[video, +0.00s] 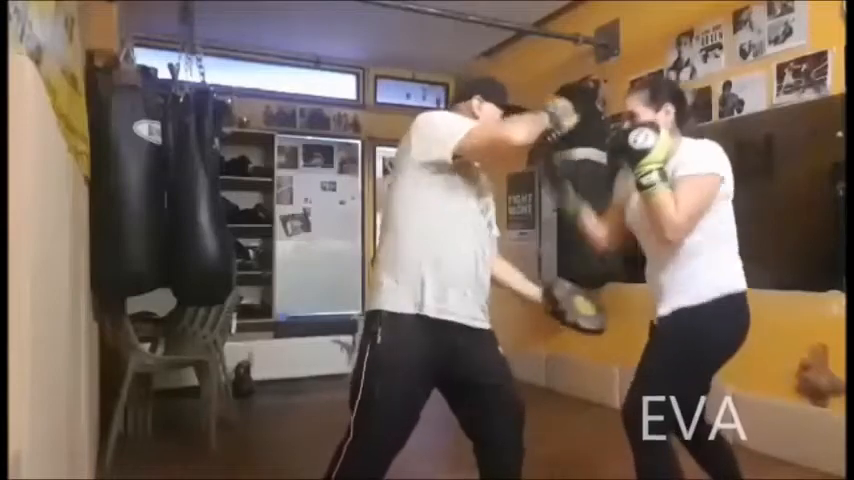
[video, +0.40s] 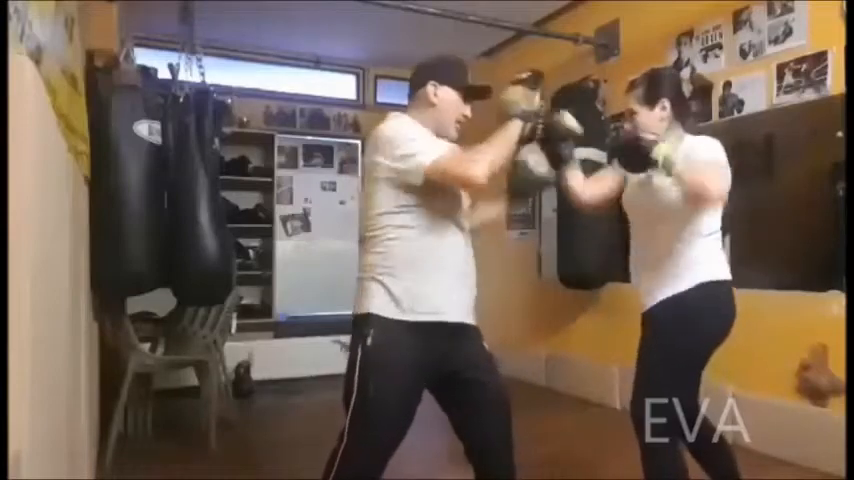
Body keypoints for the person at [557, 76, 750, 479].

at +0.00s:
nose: (627, 127)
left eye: (634, 117)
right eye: (625, 119)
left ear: (666, 113)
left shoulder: (703, 155)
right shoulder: (634, 173)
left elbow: (673, 229)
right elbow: (606, 239)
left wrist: (646, 165)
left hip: (711, 309)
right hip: (674, 315)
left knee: (641, 413)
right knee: (687, 418)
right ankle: (731, 474)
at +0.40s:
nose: (626, 121)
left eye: (633, 111)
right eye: (626, 113)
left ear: (663, 109)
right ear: (653, 111)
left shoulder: (702, 148)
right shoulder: (632, 164)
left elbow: (711, 193)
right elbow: (586, 194)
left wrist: (659, 154)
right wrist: (565, 155)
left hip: (699, 298)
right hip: (660, 305)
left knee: (650, 413)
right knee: (682, 411)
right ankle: (728, 474)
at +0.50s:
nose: (629, 118)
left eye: (634, 109)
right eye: (628, 111)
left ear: (657, 107)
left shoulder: (694, 150)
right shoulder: (649, 167)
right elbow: (634, 230)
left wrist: (640, 120)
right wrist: (597, 198)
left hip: (692, 295)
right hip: (665, 299)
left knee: (648, 413)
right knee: (682, 410)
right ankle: (727, 472)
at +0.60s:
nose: (635, 120)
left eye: (641, 112)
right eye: (636, 113)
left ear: (667, 112)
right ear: (675, 113)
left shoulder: (674, 141)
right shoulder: (692, 154)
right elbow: (635, 224)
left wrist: (582, 123)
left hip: (682, 300)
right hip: (710, 297)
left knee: (650, 413)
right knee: (688, 412)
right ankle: (729, 472)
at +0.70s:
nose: (634, 130)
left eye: (640, 120)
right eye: (632, 122)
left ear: (670, 113)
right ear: (672, 114)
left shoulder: (670, 148)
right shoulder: (701, 150)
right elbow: (656, 236)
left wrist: (589, 153)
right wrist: (631, 193)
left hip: (680, 296)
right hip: (715, 294)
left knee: (651, 409)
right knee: (690, 410)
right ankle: (730, 474)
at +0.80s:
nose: (627, 136)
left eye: (633, 126)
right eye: (625, 127)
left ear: (663, 121)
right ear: (662, 121)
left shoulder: (677, 165)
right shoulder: (691, 159)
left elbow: (666, 252)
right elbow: (672, 246)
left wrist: (627, 218)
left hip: (687, 295)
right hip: (718, 294)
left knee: (645, 400)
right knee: (685, 408)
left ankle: (656, 473)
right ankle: (727, 472)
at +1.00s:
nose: (623, 131)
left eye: (630, 120)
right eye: (623, 121)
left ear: (659, 118)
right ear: (659, 119)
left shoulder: (666, 171)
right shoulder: (692, 157)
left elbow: (637, 250)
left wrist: (601, 212)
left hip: (690, 300)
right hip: (718, 294)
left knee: (650, 404)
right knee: (686, 411)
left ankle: (662, 474)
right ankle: (728, 474)